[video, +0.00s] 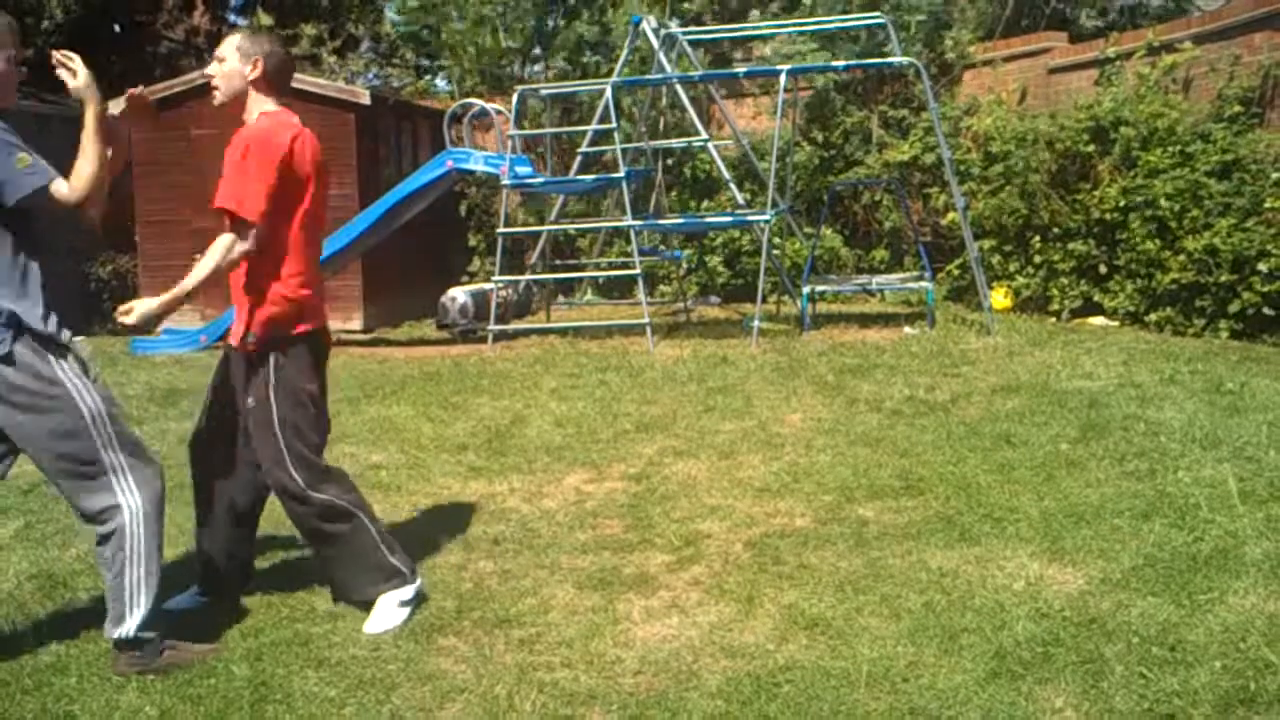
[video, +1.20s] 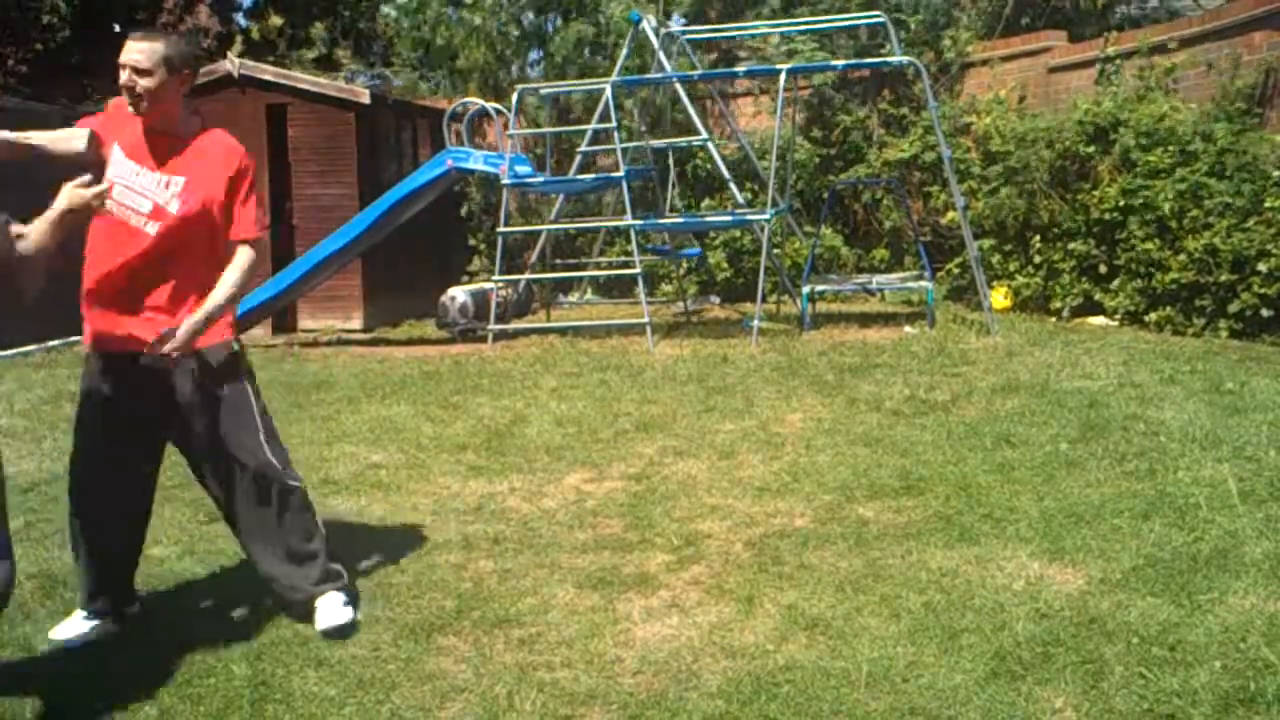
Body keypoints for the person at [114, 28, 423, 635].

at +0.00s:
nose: (210, 73)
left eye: (220, 62)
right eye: (214, 61)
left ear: (252, 70)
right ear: (259, 73)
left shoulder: (264, 132)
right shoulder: (294, 133)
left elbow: (239, 239)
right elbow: (295, 239)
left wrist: (162, 301)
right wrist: (249, 316)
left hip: (280, 331)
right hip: (262, 330)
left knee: (295, 470)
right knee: (218, 452)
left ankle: (394, 581)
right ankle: (219, 585)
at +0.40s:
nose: (154, 78)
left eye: (164, 67)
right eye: (154, 68)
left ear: (202, 70)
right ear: (188, 76)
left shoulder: (249, 125)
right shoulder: (182, 154)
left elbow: (304, 201)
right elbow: (183, 246)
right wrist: (146, 315)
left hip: (264, 334)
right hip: (206, 340)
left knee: (281, 463)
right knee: (196, 463)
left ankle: (362, 579)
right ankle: (220, 575)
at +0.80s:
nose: (134, 105)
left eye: (144, 93)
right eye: (135, 93)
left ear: (183, 100)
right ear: (179, 101)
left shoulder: (227, 162)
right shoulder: (185, 162)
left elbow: (258, 259)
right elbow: (212, 257)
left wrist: (194, 337)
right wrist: (179, 328)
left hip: (243, 367)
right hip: (185, 360)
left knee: (249, 496)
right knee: (117, 460)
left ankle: (337, 590)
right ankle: (157, 580)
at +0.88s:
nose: (120, 104)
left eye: (132, 93)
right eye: (122, 93)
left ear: (170, 101)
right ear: (169, 103)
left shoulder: (192, 156)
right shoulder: (194, 153)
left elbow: (184, 259)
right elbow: (248, 243)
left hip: (234, 360)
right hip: (181, 355)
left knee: (242, 494)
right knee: (111, 467)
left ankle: (338, 591)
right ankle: (106, 599)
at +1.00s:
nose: (107, 99)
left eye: (119, 90)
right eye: (108, 89)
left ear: (160, 100)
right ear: (153, 102)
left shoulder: (170, 157)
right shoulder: (189, 153)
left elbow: (114, 245)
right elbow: (247, 218)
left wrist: (34, 277)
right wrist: (254, 262)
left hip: (198, 363)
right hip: (146, 358)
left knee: (242, 488)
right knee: (89, 484)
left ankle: (333, 591)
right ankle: (101, 602)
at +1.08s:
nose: (102, 86)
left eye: (115, 78)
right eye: (103, 76)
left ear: (157, 90)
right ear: (140, 90)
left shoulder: (182, 153)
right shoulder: (140, 158)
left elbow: (154, 251)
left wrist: (69, 299)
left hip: (193, 358)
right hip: (131, 358)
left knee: (246, 482)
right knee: (87, 484)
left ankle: (331, 589)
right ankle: (101, 602)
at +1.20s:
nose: (126, 81)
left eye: (140, 72)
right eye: (122, 69)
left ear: (181, 81)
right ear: (120, 73)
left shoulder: (225, 157)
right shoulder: (115, 122)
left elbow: (249, 250)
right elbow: (62, 142)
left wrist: (196, 320)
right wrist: (8, 138)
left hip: (200, 350)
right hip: (116, 352)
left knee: (258, 471)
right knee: (101, 486)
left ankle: (323, 586)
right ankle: (106, 604)